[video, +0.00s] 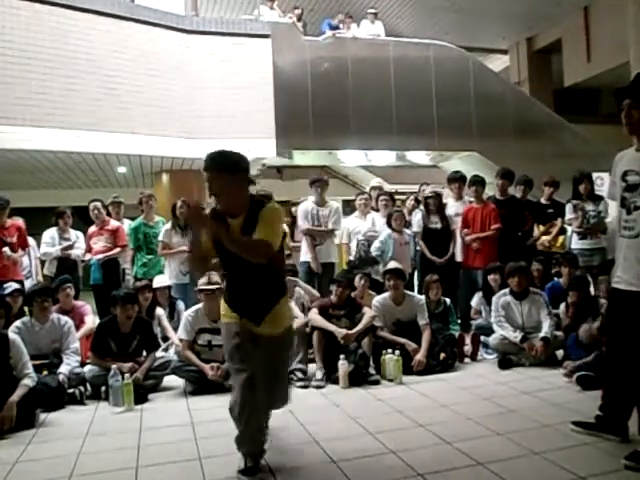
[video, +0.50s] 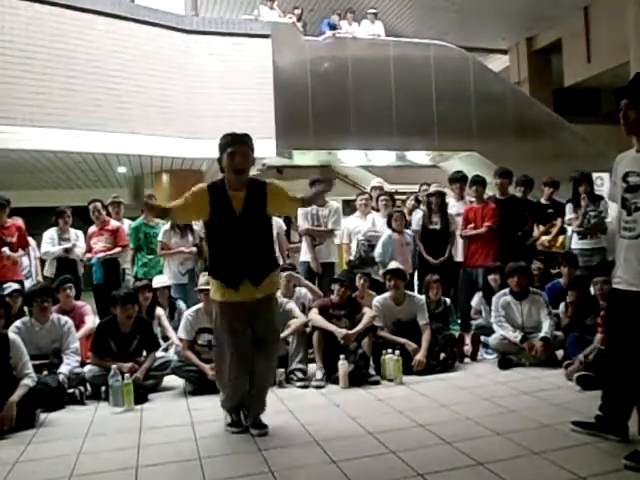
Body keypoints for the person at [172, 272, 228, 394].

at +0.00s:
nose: (211, 296)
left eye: (214, 292)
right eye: (206, 293)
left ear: (221, 293)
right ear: (199, 296)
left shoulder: (230, 314)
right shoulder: (191, 315)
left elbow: (239, 347)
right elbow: (183, 349)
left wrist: (224, 368)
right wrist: (205, 367)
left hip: (226, 362)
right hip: (200, 362)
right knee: (177, 366)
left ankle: (200, 386)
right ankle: (225, 383)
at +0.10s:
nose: (210, 297)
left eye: (213, 293)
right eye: (206, 293)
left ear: (220, 293)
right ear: (200, 295)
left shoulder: (229, 314)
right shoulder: (191, 315)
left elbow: (239, 347)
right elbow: (184, 349)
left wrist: (225, 368)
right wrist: (205, 368)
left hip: (226, 362)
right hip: (201, 360)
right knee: (177, 366)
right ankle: (227, 382)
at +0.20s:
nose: (210, 297)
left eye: (212, 293)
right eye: (206, 293)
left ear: (219, 293)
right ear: (200, 296)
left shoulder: (228, 313)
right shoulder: (191, 315)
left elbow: (237, 346)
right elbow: (183, 349)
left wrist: (226, 367)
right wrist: (205, 368)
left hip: (225, 361)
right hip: (200, 360)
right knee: (177, 366)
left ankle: (200, 386)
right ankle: (226, 381)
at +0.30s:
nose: (208, 296)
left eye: (211, 292)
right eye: (204, 293)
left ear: (217, 293)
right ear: (199, 295)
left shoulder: (227, 313)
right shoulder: (191, 315)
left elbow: (234, 345)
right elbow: (184, 349)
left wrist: (219, 365)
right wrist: (204, 367)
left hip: (224, 359)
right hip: (200, 358)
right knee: (177, 366)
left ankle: (203, 386)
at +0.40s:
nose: (207, 297)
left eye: (210, 293)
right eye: (204, 293)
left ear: (217, 294)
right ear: (199, 295)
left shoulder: (227, 313)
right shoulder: (191, 315)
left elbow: (236, 346)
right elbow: (184, 349)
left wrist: (220, 365)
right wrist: (204, 368)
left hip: (224, 360)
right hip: (200, 359)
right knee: (176, 366)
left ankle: (202, 386)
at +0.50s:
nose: (206, 296)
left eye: (209, 292)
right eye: (203, 292)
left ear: (216, 293)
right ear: (199, 295)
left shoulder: (225, 313)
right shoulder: (191, 315)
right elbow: (183, 349)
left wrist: (221, 365)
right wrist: (204, 367)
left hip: (222, 360)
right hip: (199, 358)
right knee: (176, 366)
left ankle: (201, 386)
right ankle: (223, 383)